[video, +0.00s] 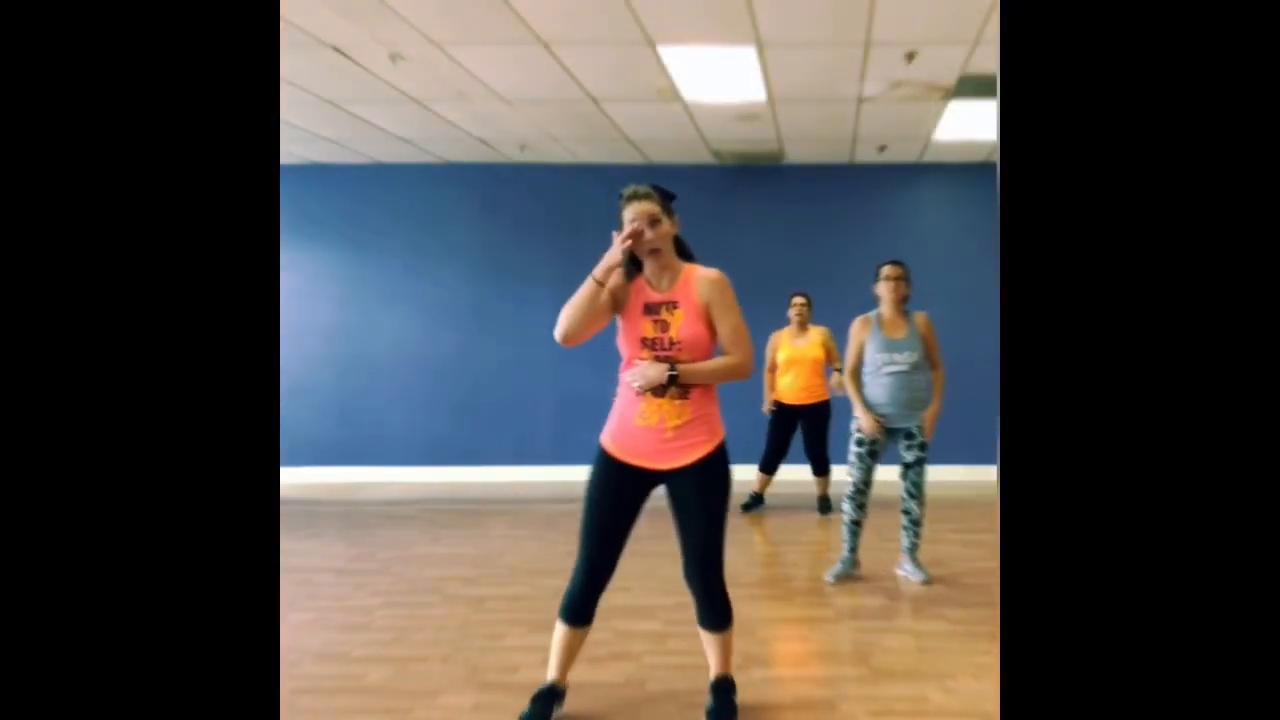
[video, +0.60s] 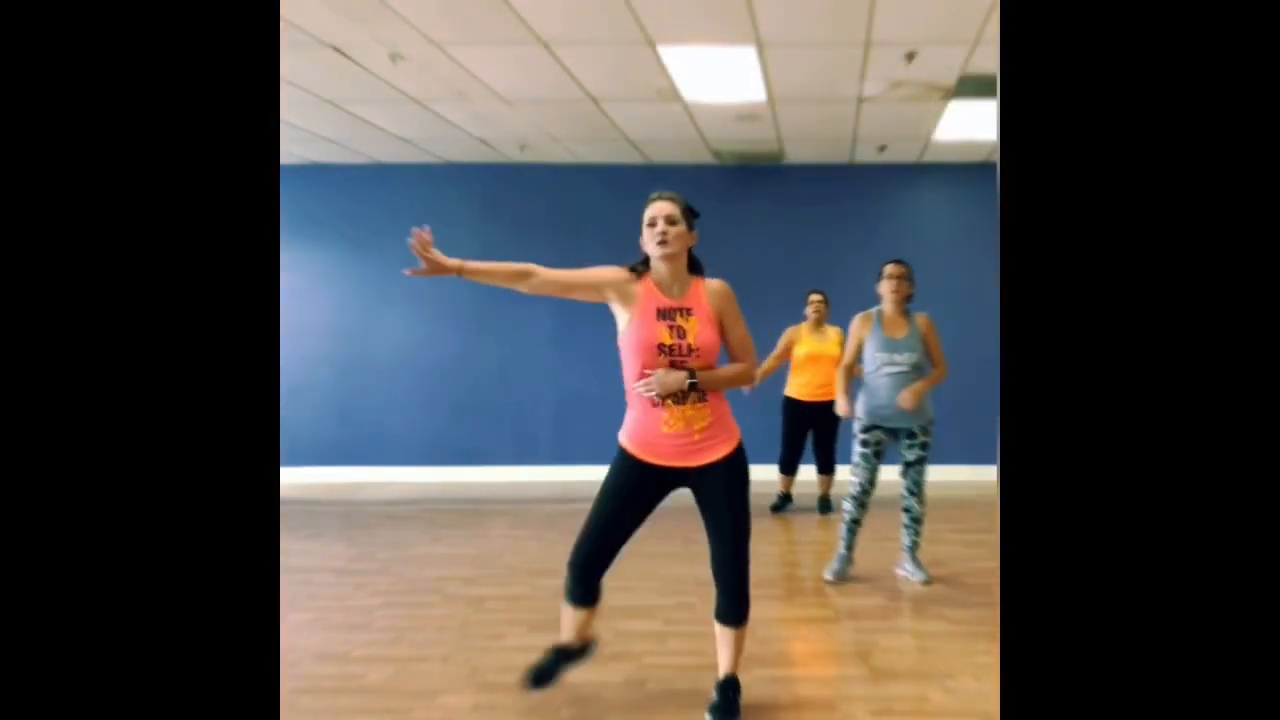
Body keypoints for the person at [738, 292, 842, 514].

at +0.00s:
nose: (798, 310)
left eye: (803, 306)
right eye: (795, 306)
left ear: (810, 311)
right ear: (788, 311)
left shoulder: (822, 335)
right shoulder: (777, 338)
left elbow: (836, 361)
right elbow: (769, 369)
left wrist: (836, 374)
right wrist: (768, 396)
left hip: (815, 400)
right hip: (785, 401)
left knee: (817, 453)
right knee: (773, 451)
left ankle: (823, 495)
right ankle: (757, 494)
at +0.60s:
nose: (816, 307)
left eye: (820, 304)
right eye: (812, 304)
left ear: (827, 309)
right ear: (806, 309)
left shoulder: (837, 334)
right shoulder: (794, 333)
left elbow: (847, 365)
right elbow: (776, 358)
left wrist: (867, 374)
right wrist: (756, 378)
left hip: (827, 400)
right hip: (797, 399)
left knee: (825, 452)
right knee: (790, 450)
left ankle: (824, 495)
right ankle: (784, 493)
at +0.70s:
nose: (815, 307)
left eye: (819, 303)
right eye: (811, 304)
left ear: (826, 309)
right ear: (804, 310)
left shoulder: (836, 335)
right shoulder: (793, 334)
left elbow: (850, 365)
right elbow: (769, 353)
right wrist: (741, 364)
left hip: (826, 400)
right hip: (794, 398)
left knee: (824, 453)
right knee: (784, 448)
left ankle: (824, 496)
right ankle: (775, 493)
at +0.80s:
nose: (812, 309)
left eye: (816, 305)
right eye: (808, 305)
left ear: (823, 311)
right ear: (801, 311)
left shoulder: (832, 336)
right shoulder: (789, 334)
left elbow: (849, 364)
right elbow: (759, 344)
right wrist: (728, 349)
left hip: (822, 401)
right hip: (790, 399)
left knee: (823, 453)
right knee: (776, 448)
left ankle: (824, 497)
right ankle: (761, 493)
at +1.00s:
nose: (798, 309)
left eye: (802, 306)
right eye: (794, 306)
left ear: (810, 313)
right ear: (788, 312)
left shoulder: (817, 338)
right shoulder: (775, 333)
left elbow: (830, 365)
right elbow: (743, 333)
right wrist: (709, 328)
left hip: (808, 402)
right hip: (776, 401)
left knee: (814, 452)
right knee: (765, 450)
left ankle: (823, 497)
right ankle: (748, 495)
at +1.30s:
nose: (775, 306)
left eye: (780, 303)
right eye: (772, 302)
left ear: (787, 309)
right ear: (766, 308)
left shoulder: (795, 335)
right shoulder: (751, 329)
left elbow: (806, 363)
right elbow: (720, 327)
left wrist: (805, 378)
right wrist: (693, 322)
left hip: (784, 399)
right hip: (753, 399)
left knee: (795, 449)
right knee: (754, 450)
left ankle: (808, 494)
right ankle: (746, 495)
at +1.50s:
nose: (769, 307)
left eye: (773, 303)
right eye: (765, 303)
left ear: (780, 309)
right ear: (759, 308)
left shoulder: (791, 334)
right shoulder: (746, 333)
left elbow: (802, 360)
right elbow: (725, 348)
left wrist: (799, 377)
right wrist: (707, 338)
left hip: (780, 398)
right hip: (750, 396)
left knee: (780, 452)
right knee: (751, 450)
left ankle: (779, 496)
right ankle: (747, 494)